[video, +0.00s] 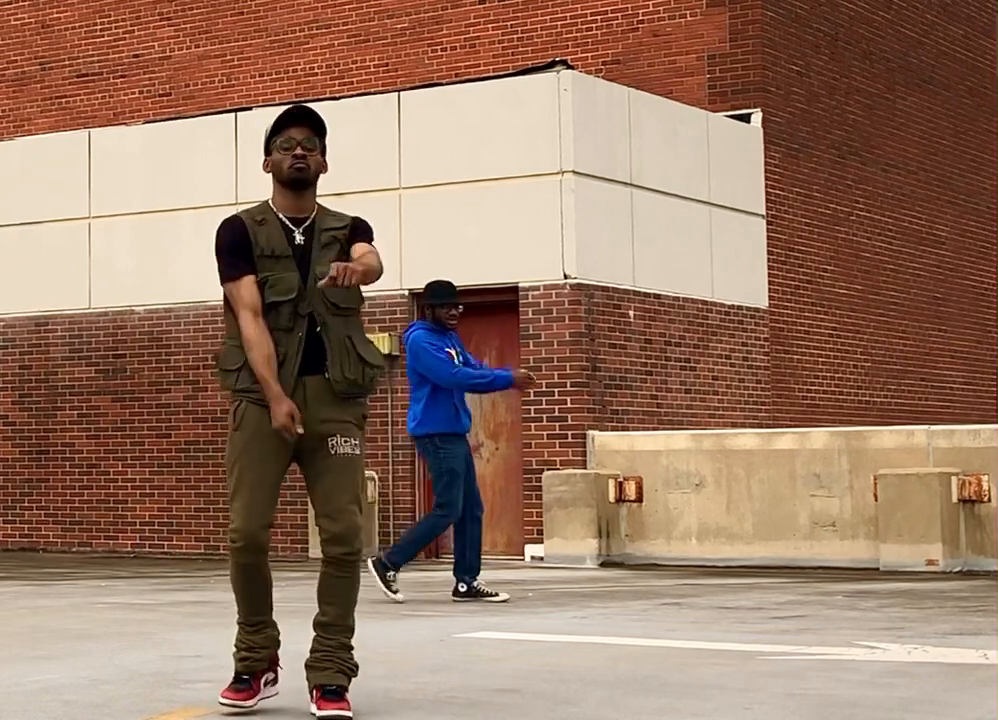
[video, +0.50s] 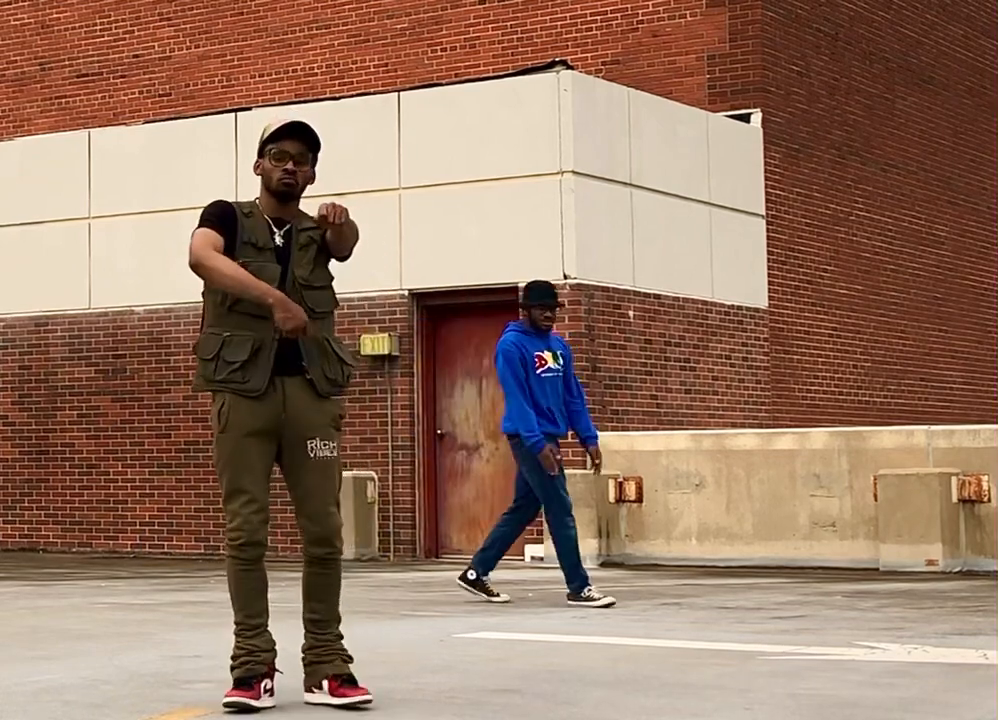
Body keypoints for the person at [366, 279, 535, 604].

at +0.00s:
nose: (454, 314)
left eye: (457, 308)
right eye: (448, 308)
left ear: (456, 309)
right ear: (430, 309)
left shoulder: (449, 339)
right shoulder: (420, 340)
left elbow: (474, 372)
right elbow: (452, 377)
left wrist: (510, 377)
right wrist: (507, 378)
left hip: (455, 434)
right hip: (437, 435)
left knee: (470, 509)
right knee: (447, 511)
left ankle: (466, 581)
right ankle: (387, 563)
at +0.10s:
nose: (466, 313)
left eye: (469, 308)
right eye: (460, 307)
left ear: (470, 308)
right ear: (444, 307)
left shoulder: (466, 337)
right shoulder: (430, 336)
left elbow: (498, 368)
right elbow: (465, 363)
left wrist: (523, 349)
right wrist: (515, 347)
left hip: (466, 429)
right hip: (449, 430)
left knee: (475, 506)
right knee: (471, 505)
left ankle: (467, 581)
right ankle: (411, 553)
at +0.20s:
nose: (485, 310)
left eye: (489, 305)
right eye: (480, 304)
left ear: (491, 306)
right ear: (463, 302)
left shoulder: (486, 332)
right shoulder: (448, 330)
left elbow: (522, 358)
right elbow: (484, 356)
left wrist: (533, 324)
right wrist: (523, 322)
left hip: (481, 423)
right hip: (465, 424)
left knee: (477, 500)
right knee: (500, 496)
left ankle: (469, 581)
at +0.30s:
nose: (504, 313)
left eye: (507, 308)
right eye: (498, 307)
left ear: (511, 308)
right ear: (482, 304)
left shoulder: (507, 333)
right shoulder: (465, 332)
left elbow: (539, 361)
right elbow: (497, 360)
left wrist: (544, 327)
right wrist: (534, 326)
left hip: (497, 424)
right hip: (481, 425)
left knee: (486, 504)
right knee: (518, 500)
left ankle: (467, 580)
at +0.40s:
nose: (529, 317)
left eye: (533, 311)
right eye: (524, 310)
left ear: (536, 310)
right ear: (507, 307)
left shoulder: (534, 340)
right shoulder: (490, 340)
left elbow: (550, 381)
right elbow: (507, 386)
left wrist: (572, 382)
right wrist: (555, 378)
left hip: (525, 435)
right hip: (506, 436)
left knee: (498, 509)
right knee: (537, 509)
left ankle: (468, 579)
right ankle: (570, 584)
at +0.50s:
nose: (550, 316)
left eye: (553, 310)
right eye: (542, 310)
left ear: (557, 310)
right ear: (525, 310)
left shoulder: (559, 345)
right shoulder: (511, 344)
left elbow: (572, 395)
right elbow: (516, 399)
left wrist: (589, 438)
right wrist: (539, 443)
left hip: (549, 436)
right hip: (527, 436)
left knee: (524, 509)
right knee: (559, 507)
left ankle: (476, 573)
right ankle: (578, 587)